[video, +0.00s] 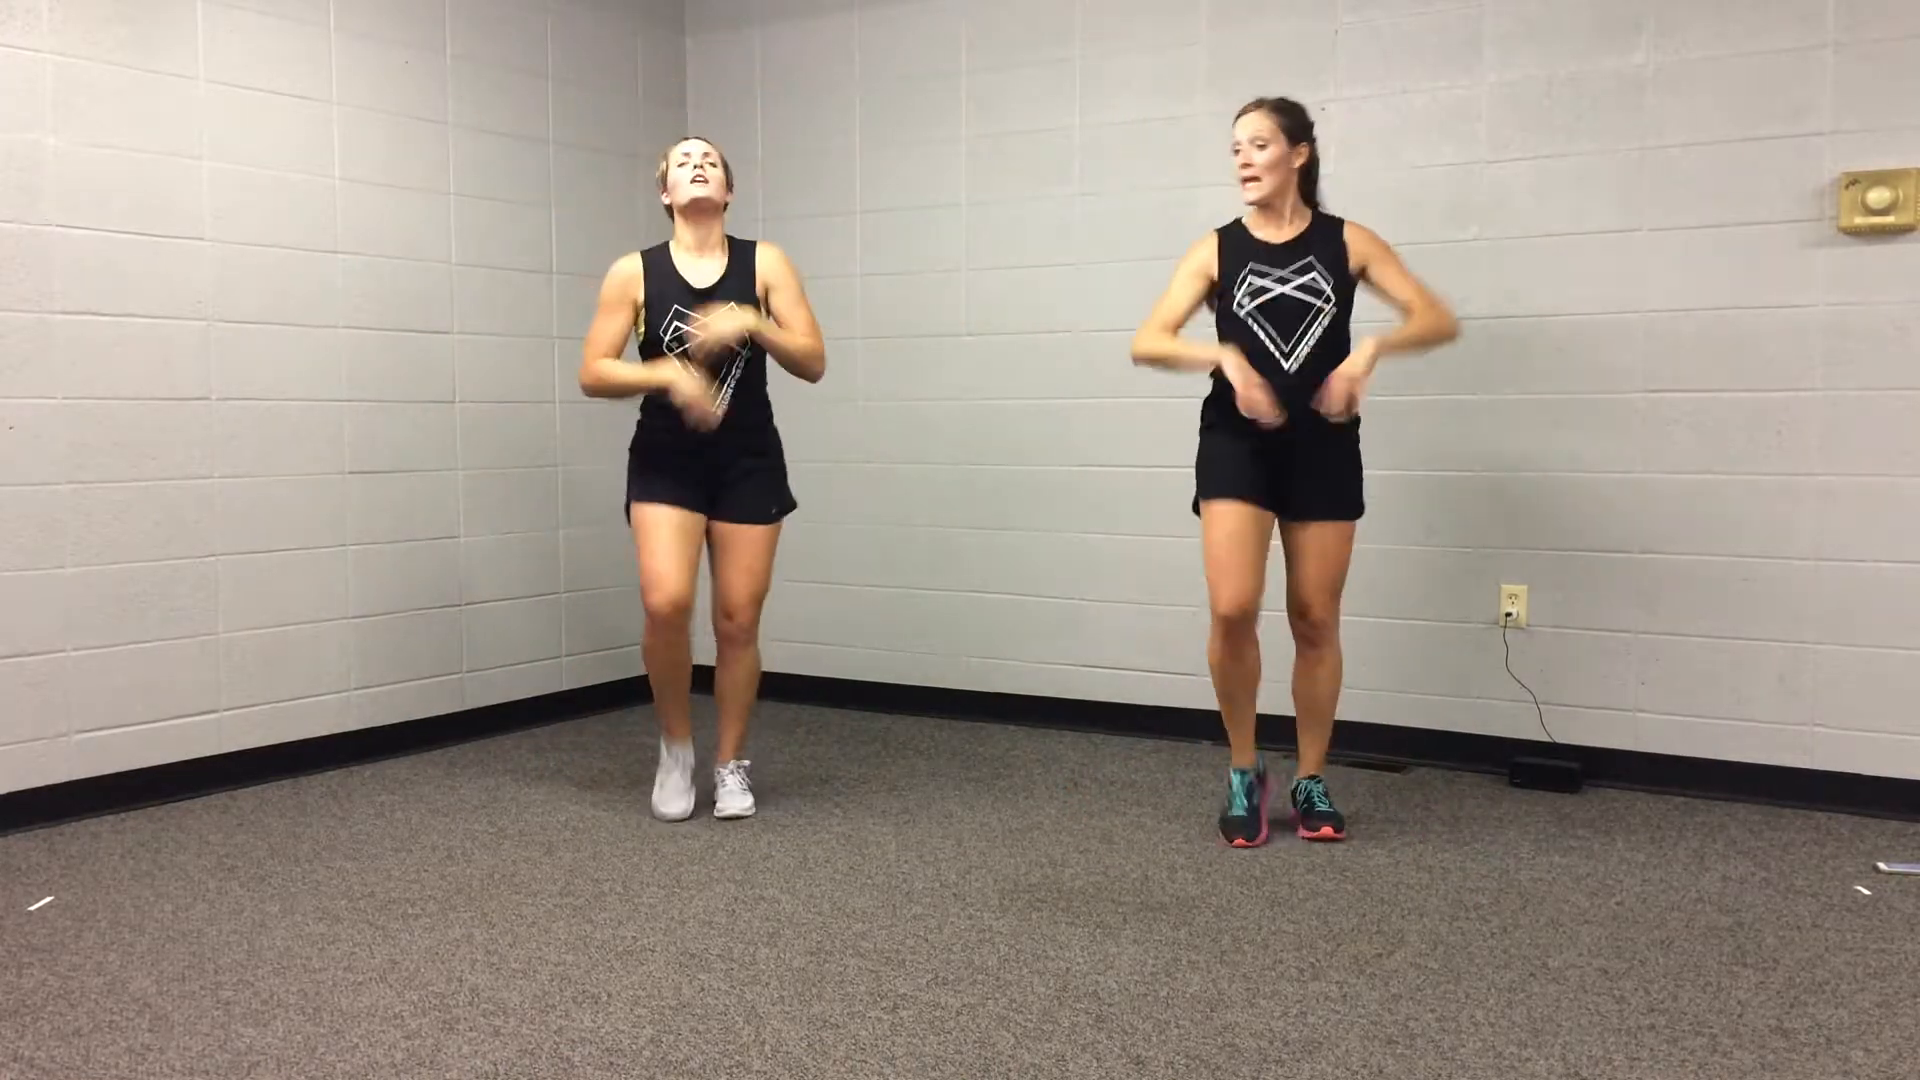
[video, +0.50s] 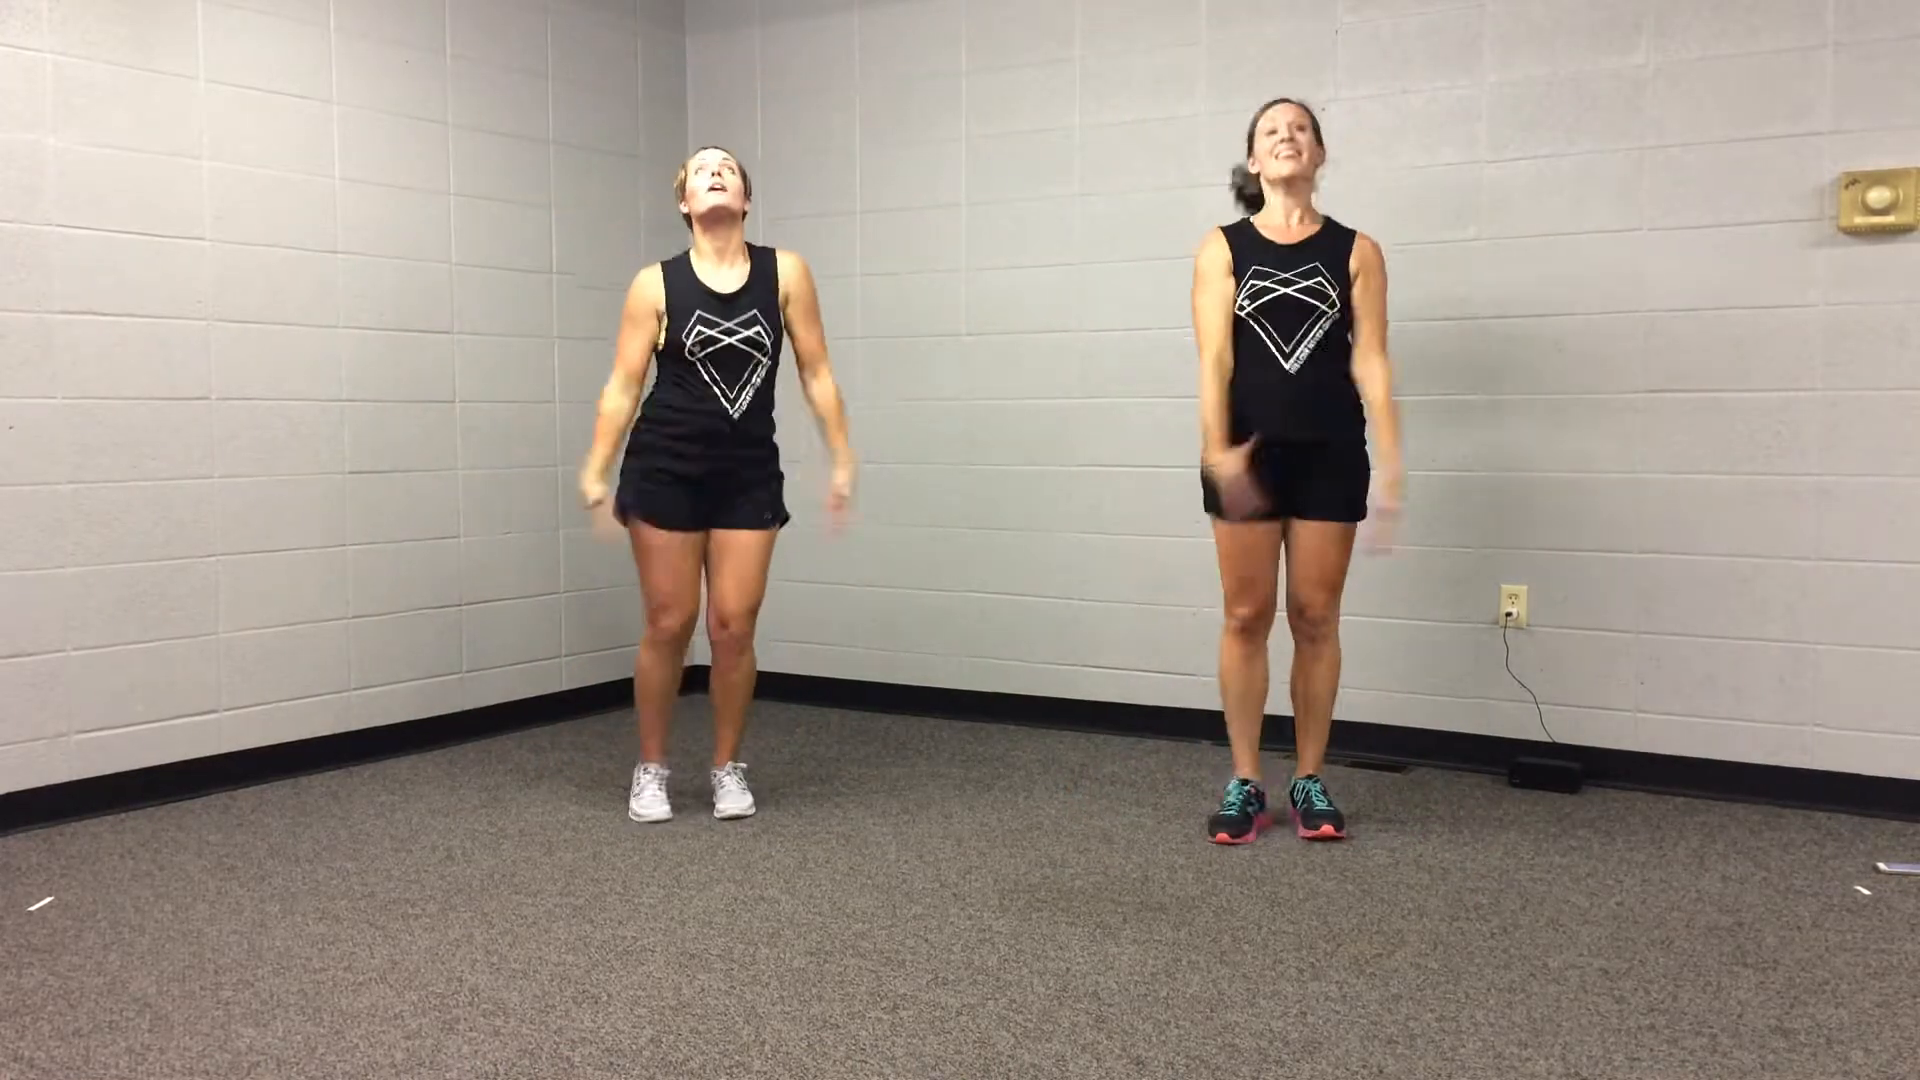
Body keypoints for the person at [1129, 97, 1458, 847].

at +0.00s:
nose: (1243, 160)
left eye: (1258, 147)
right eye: (1238, 149)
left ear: (1300, 154)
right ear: (1233, 161)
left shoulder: (1350, 242)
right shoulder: (1215, 252)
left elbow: (1440, 321)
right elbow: (1147, 344)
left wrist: (1371, 349)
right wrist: (1223, 357)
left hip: (1324, 448)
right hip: (1236, 446)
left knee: (1315, 619)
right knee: (1232, 612)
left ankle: (1309, 782)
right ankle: (1243, 772)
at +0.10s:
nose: (1276, 176)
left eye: (1291, 162)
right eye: (1264, 162)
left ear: (1320, 164)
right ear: (1248, 167)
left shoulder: (1359, 244)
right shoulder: (1222, 247)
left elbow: (1472, 278)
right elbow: (1141, 317)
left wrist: (1388, 257)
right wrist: (1210, 282)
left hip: (1328, 441)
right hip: (1242, 434)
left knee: (1319, 622)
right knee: (1227, 556)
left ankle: (1311, 778)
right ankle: (1245, 697)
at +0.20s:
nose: (1297, 191)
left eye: (1308, 178)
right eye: (1283, 178)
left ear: (1323, 180)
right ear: (1255, 179)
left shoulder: (1347, 257)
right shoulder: (1232, 251)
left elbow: (1425, 286)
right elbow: (1184, 315)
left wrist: (1383, 205)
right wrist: (1241, 222)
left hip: (1331, 444)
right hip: (1249, 433)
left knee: (1320, 630)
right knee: (1239, 513)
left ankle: (1310, 780)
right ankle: (1246, 652)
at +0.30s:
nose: (1294, 175)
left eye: (1306, 162)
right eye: (1280, 163)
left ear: (1325, 168)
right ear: (1253, 170)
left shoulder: (1357, 247)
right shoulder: (1231, 247)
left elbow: (1384, 325)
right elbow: (1223, 331)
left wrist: (1349, 252)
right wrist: (1268, 253)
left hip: (1330, 434)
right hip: (1246, 426)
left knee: (1319, 618)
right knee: (1245, 547)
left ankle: (1310, 779)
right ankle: (1254, 685)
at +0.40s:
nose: (1292, 151)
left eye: (1304, 139)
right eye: (1276, 141)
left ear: (1322, 151)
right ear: (1254, 157)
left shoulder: (1359, 240)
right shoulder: (1226, 241)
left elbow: (1367, 339)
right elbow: (1222, 340)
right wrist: (1277, 360)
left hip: (1331, 426)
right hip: (1243, 426)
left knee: (1316, 614)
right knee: (1250, 611)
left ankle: (1307, 780)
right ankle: (1248, 775)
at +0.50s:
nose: (1286, 139)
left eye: (1299, 130)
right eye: (1272, 132)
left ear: (1321, 155)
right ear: (1252, 158)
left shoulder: (1356, 250)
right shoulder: (1221, 248)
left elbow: (1371, 359)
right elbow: (1213, 358)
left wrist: (1389, 463)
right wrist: (1217, 451)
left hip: (1330, 453)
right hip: (1245, 452)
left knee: (1315, 616)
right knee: (1245, 617)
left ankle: (1309, 780)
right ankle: (1244, 780)